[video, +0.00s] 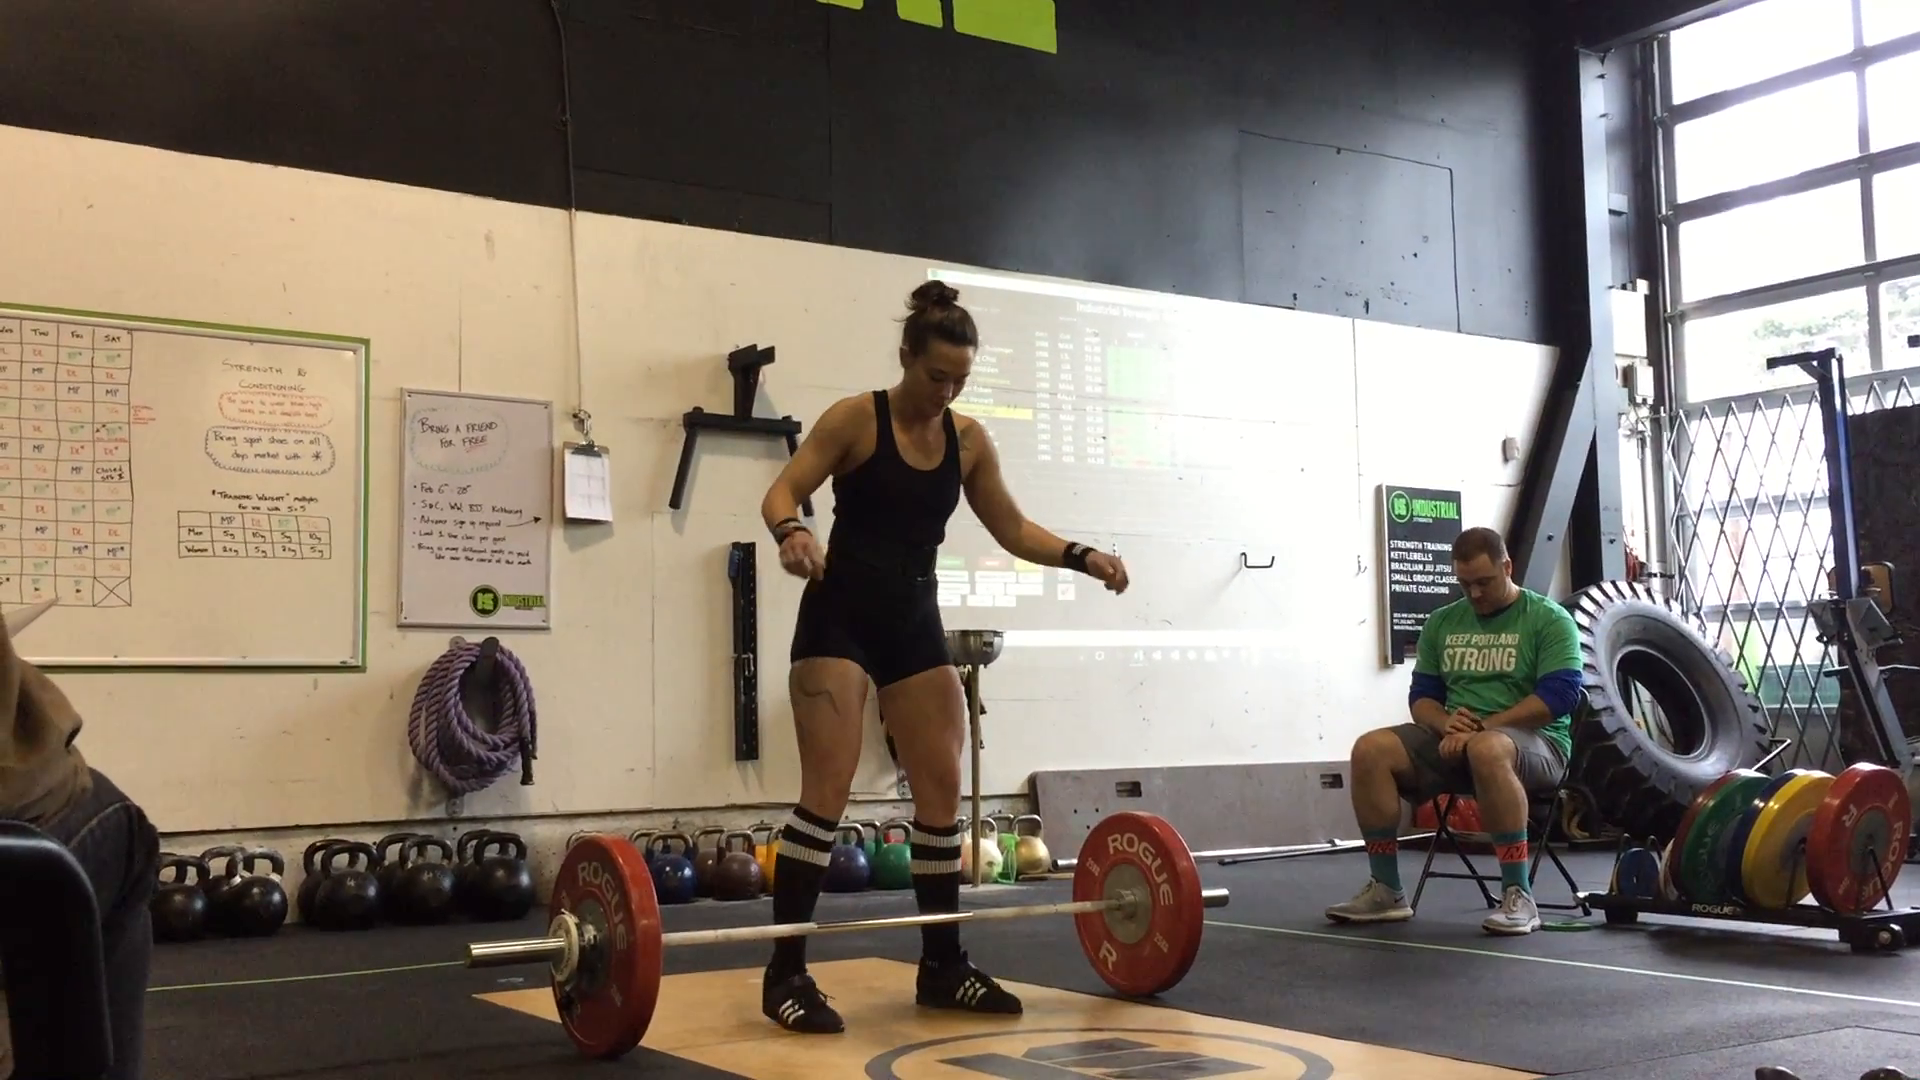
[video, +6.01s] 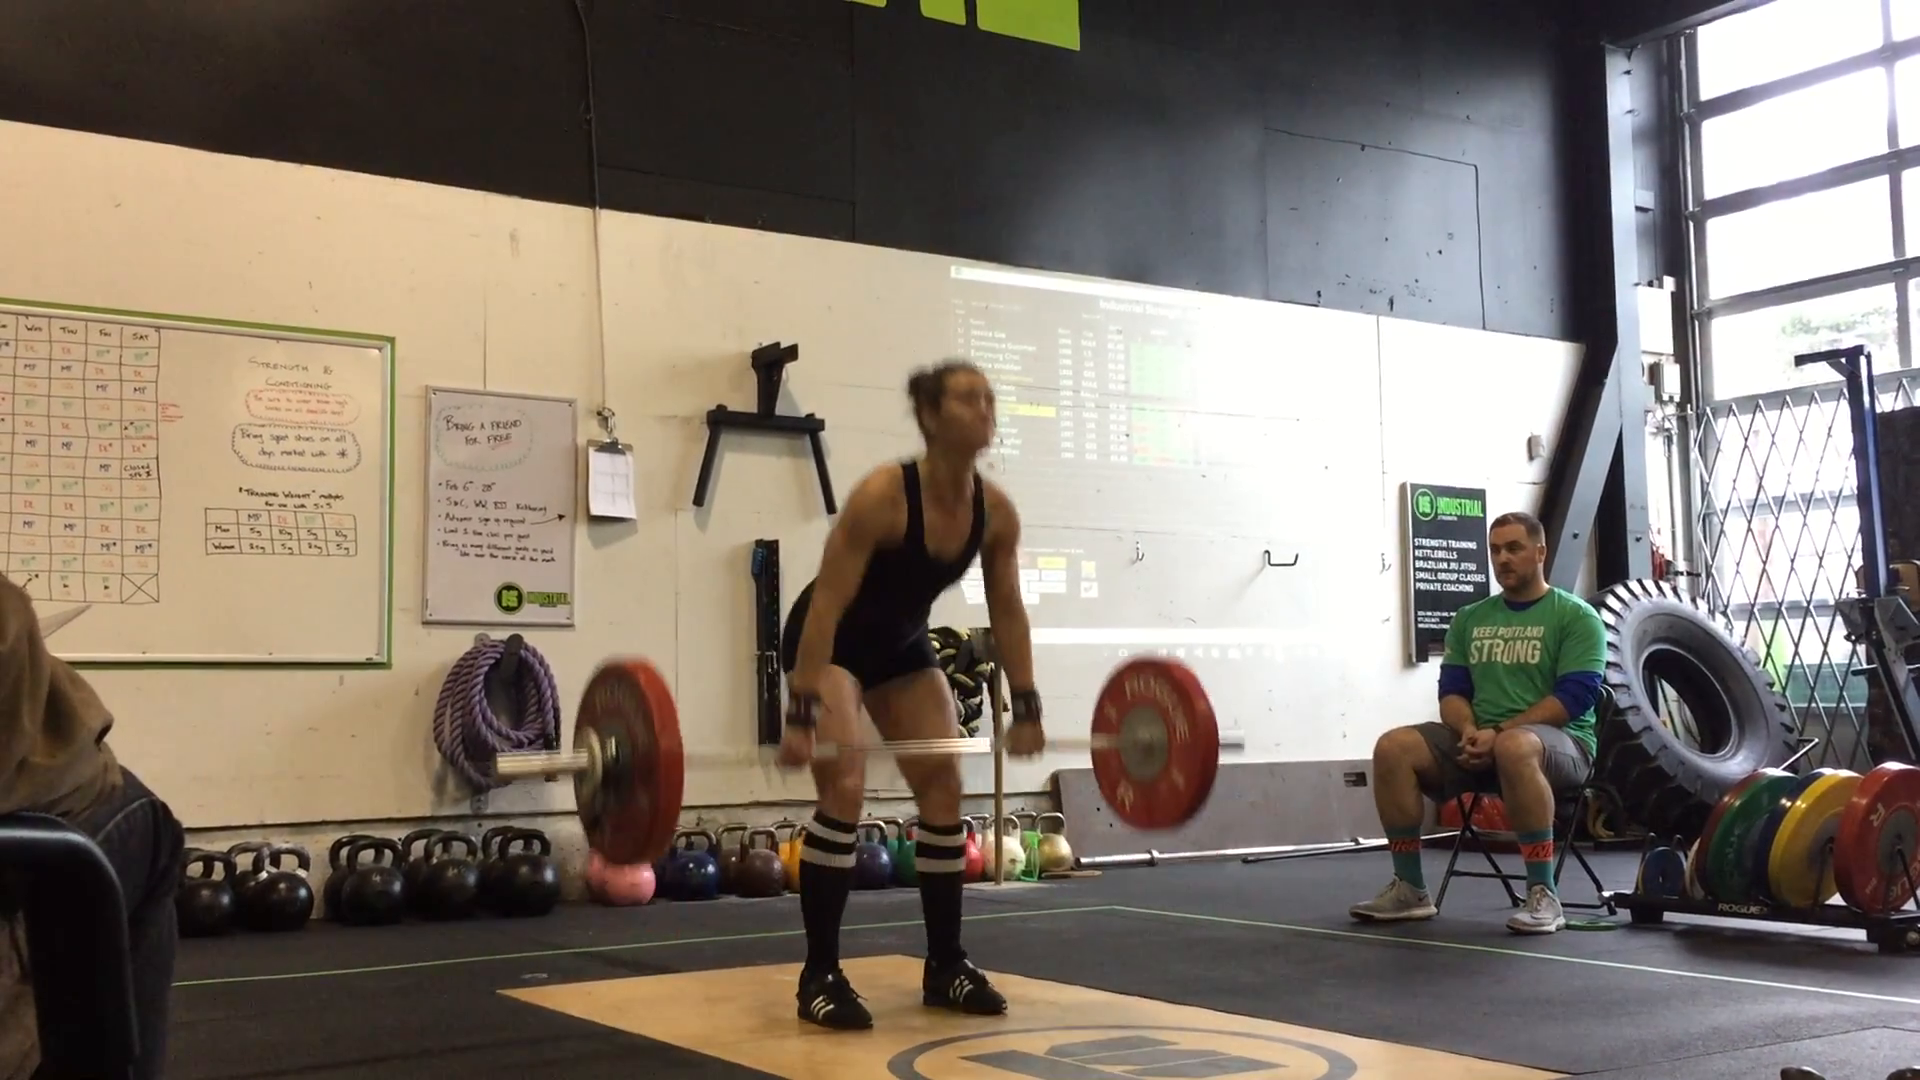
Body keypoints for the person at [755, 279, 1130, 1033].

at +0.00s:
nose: (950, 390)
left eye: (960, 377)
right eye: (939, 374)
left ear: (971, 366)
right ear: (906, 356)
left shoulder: (968, 439)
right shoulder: (853, 420)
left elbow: (1013, 529)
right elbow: (781, 492)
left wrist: (1083, 555)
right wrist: (791, 530)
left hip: (912, 619)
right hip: (837, 612)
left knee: (941, 782)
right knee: (828, 786)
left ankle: (943, 969)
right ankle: (785, 974)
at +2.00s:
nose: (968, 688)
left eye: (976, 676)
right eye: (958, 678)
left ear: (987, 656)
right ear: (927, 646)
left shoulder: (983, 662)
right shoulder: (853, 646)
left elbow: (995, 758)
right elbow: (806, 771)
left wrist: (1006, 854)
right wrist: (780, 887)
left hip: (885, 667)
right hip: (792, 655)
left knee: (933, 785)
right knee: (829, 786)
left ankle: (937, 963)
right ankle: (809, 972)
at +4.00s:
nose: (996, 677)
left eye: (1008, 665)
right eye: (987, 663)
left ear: (1021, 649)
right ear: (952, 631)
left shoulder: (1010, 676)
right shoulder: (888, 645)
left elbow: (1023, 781)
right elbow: (833, 776)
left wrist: (1033, 877)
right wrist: (794, 890)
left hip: (903, 677)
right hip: (810, 659)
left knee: (951, 781)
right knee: (842, 789)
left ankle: (945, 959)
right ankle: (814, 971)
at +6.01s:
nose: (984, 411)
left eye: (988, 400)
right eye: (968, 400)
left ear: (993, 416)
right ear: (929, 415)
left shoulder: (995, 510)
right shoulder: (880, 495)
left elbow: (1006, 609)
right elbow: (826, 601)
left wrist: (1025, 705)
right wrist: (802, 705)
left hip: (901, 642)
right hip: (830, 636)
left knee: (942, 784)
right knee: (844, 790)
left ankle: (945, 969)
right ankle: (820, 975)